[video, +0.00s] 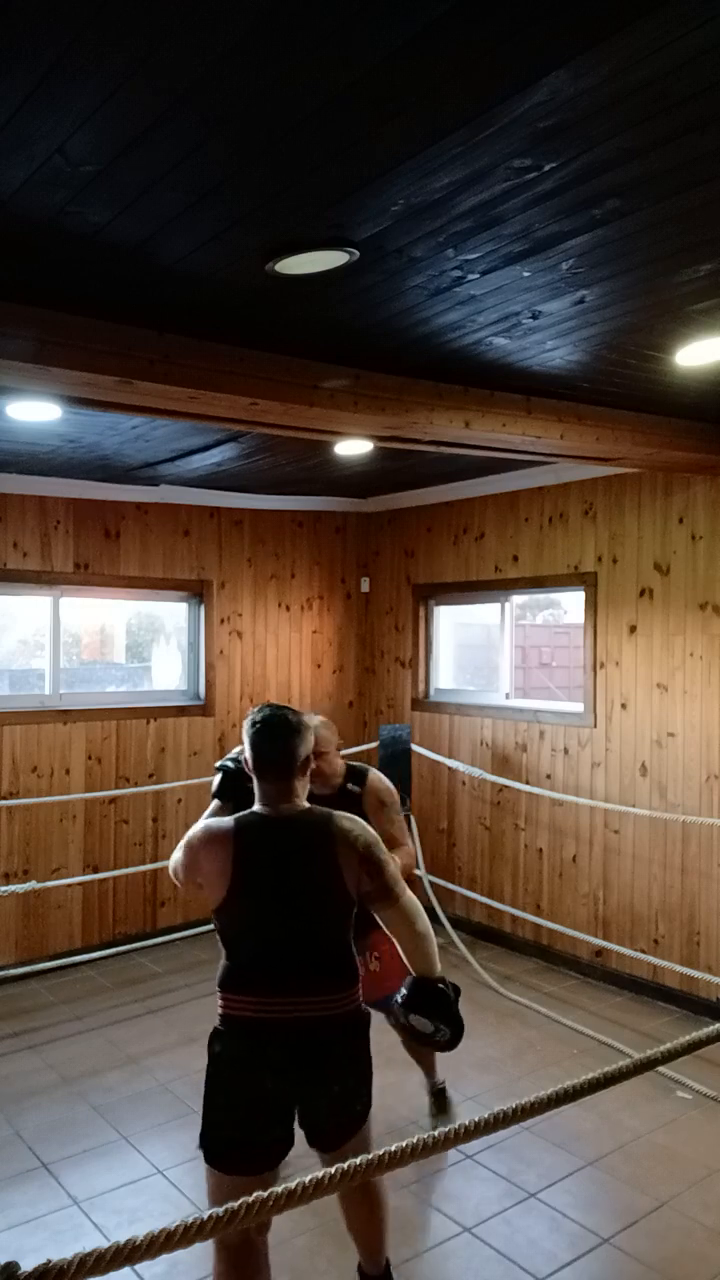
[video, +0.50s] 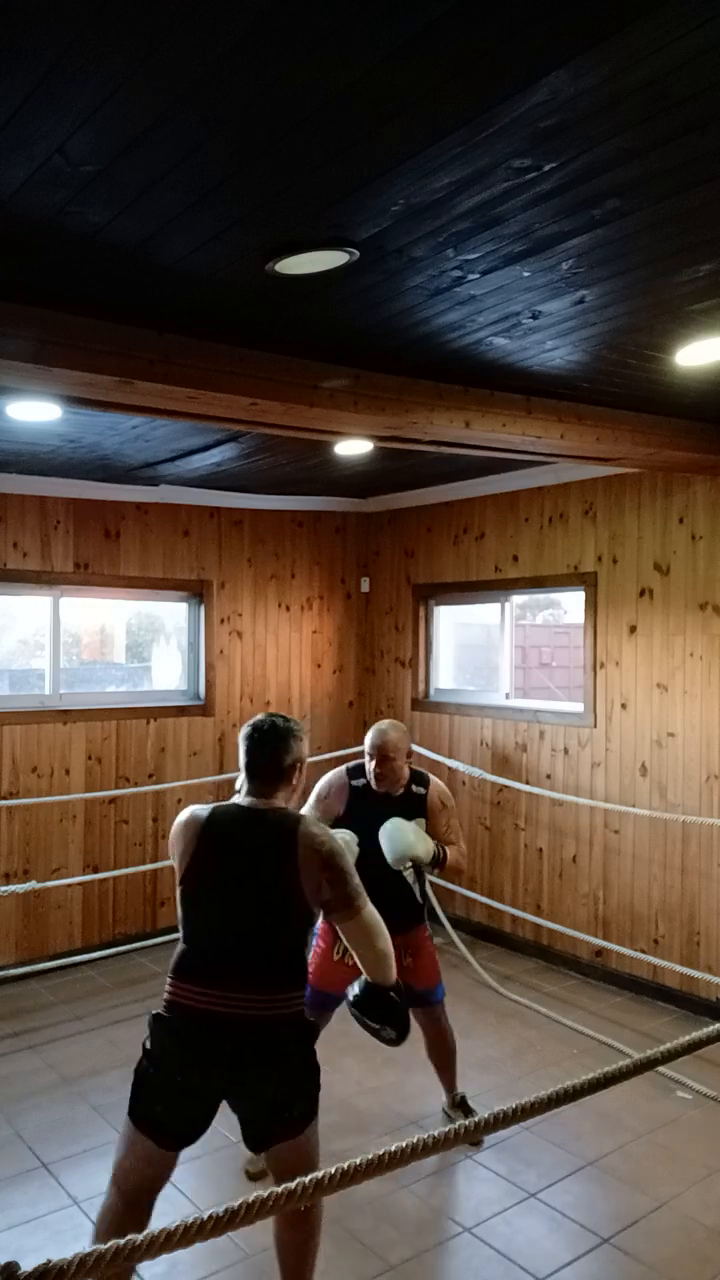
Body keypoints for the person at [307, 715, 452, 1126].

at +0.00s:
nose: (312, 763)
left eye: (321, 754)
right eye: (307, 755)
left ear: (341, 754)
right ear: (301, 758)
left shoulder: (372, 787)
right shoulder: (290, 792)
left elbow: (406, 853)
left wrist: (374, 866)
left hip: (374, 917)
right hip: (319, 918)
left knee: (400, 1011)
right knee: (318, 1014)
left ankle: (435, 1085)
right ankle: (332, 1109)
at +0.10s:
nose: (331, 765)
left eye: (341, 756)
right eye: (324, 756)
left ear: (362, 752)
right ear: (312, 754)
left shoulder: (393, 787)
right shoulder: (302, 786)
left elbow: (421, 851)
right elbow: (281, 841)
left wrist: (396, 856)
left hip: (381, 918)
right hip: (322, 916)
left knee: (417, 1004)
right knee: (313, 1011)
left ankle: (453, 1094)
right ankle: (316, 1114)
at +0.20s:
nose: (356, 769)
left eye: (366, 761)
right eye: (349, 760)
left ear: (387, 758)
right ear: (340, 758)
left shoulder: (414, 793)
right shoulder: (317, 792)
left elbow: (441, 860)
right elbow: (297, 852)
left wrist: (413, 857)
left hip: (399, 920)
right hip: (337, 919)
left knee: (427, 1008)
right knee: (319, 1020)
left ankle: (455, 1100)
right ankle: (300, 1124)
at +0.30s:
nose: (375, 771)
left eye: (384, 763)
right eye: (369, 762)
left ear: (404, 760)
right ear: (359, 757)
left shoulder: (428, 794)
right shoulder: (333, 792)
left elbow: (451, 863)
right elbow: (307, 854)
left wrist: (419, 852)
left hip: (410, 926)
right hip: (345, 927)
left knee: (436, 1014)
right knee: (308, 1025)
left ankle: (455, 1101)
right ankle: (276, 1135)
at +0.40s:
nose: (381, 766)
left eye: (390, 758)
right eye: (374, 756)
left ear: (410, 754)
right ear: (365, 751)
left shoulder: (435, 790)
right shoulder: (338, 785)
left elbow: (457, 858)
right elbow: (308, 844)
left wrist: (427, 846)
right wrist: (338, 847)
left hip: (410, 924)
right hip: (346, 922)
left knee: (433, 1012)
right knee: (310, 1018)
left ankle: (454, 1100)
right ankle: (284, 1120)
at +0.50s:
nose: (378, 766)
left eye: (388, 759)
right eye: (373, 757)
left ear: (408, 757)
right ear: (363, 753)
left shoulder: (432, 793)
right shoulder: (337, 785)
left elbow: (456, 857)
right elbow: (298, 840)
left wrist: (430, 850)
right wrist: (328, 847)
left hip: (407, 928)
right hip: (343, 925)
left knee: (433, 1017)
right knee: (308, 1023)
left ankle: (454, 1100)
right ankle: (272, 1129)